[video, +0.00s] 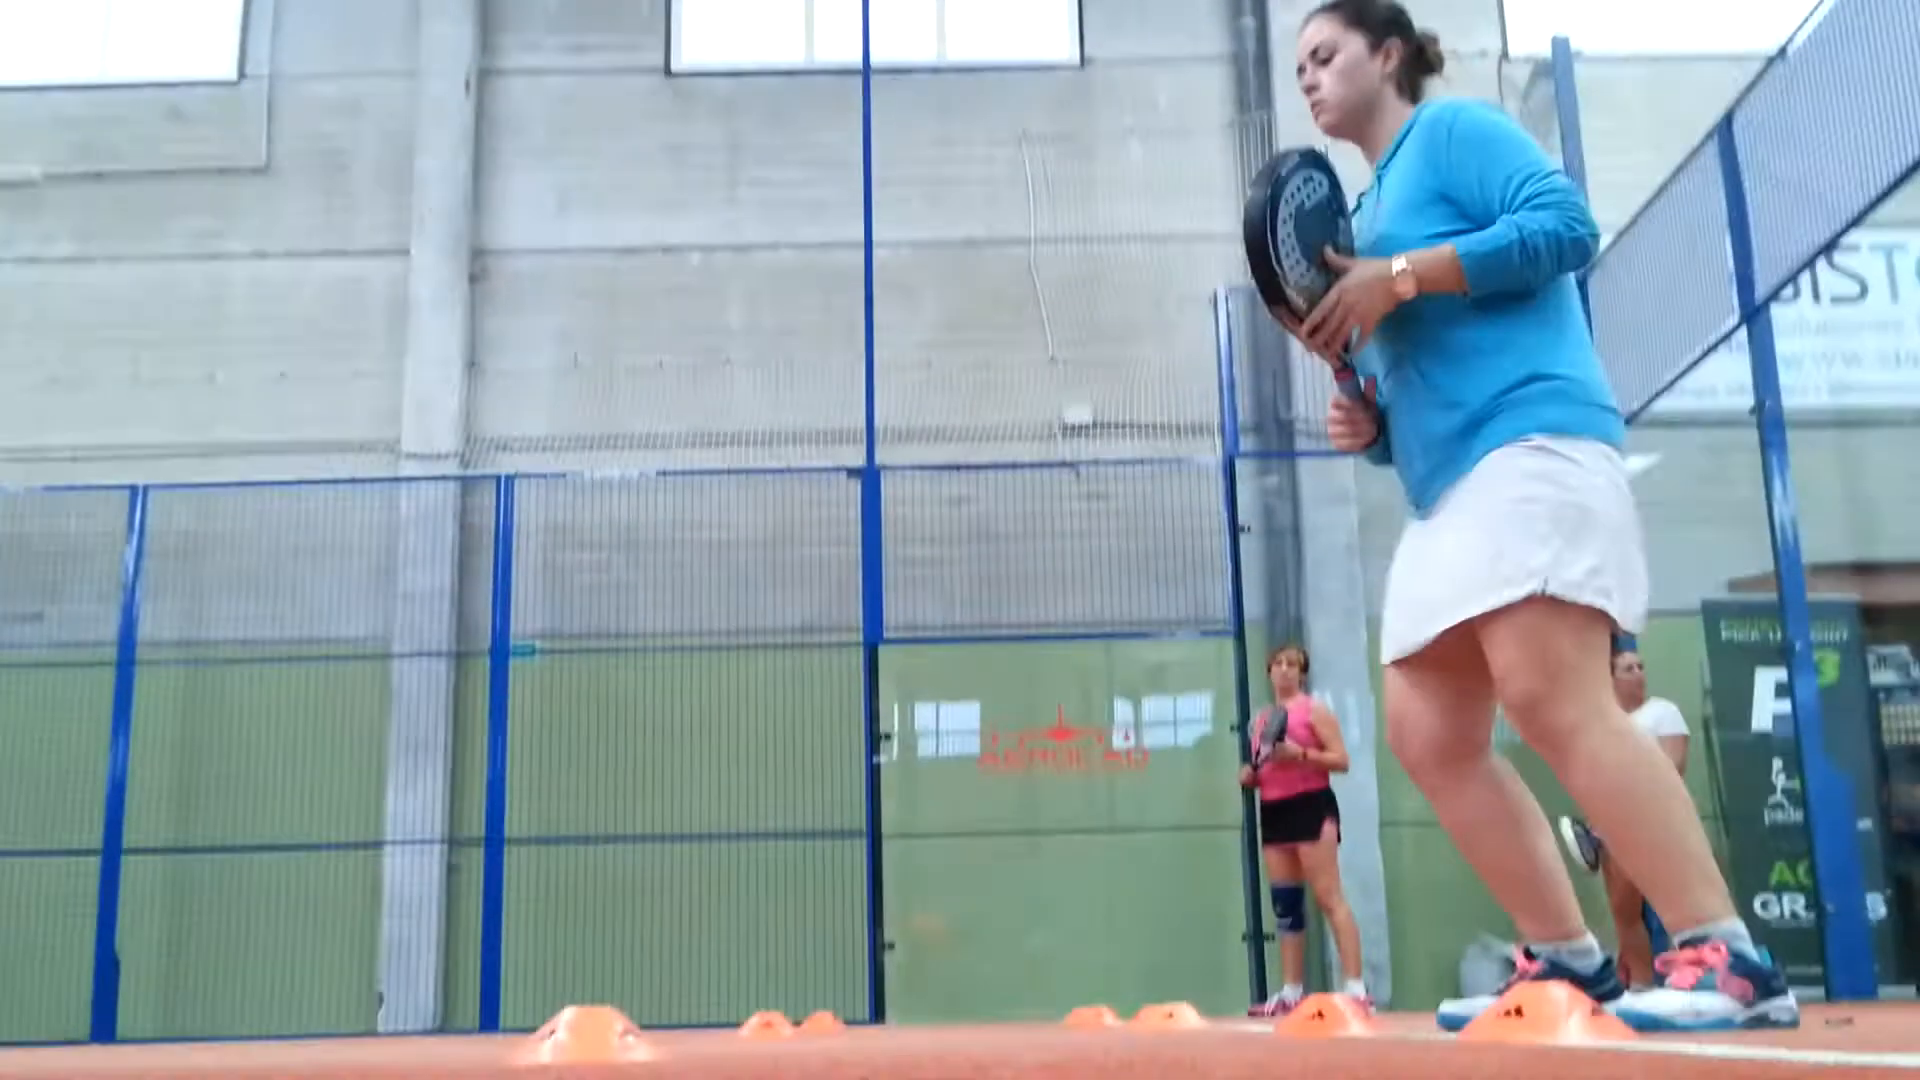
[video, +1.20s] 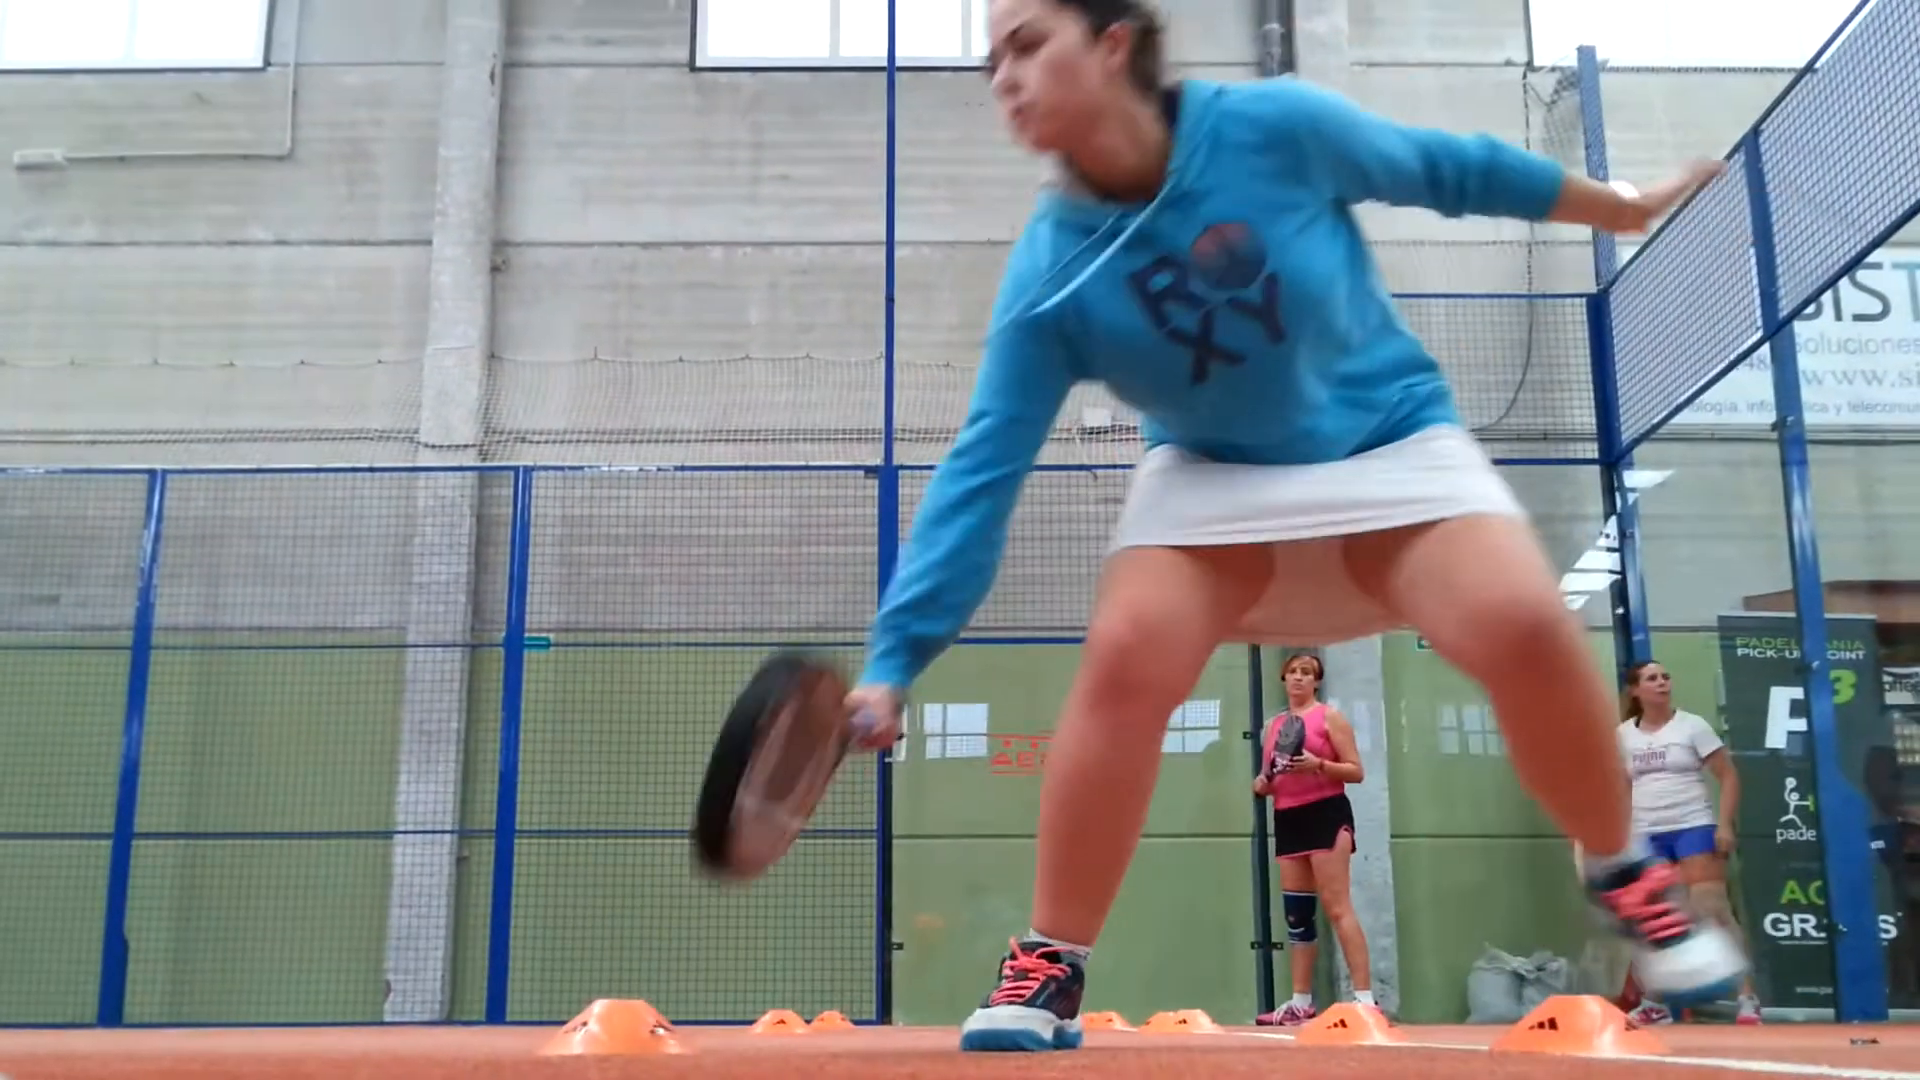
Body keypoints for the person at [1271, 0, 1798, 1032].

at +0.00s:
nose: (1306, 82)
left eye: (1323, 57)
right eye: (1302, 70)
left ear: (1390, 55)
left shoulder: (1456, 126)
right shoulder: (1367, 211)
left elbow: (1566, 226)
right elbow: (1427, 395)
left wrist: (1402, 277)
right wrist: (1371, 415)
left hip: (1537, 443)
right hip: (1447, 489)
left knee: (1556, 699)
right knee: (1431, 736)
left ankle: (1724, 958)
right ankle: (1567, 963)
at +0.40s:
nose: (1300, 9)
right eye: (1297, 2)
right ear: (1306, 27)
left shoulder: (1512, 96)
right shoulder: (1303, 174)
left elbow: (1637, 242)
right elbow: (1289, 344)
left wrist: (1520, 265)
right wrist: (1314, 403)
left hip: (1550, 425)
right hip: (1401, 476)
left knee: (1521, 651)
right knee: (1387, 731)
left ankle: (1587, 962)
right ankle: (1543, 901)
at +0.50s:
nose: (1254, 27)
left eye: (1278, 5)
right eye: (1247, 13)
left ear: (1358, 9)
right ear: (1252, 38)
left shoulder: (1475, 112)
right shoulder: (1268, 193)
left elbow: (1622, 235)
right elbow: (1229, 379)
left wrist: (1555, 277)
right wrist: (1260, 438)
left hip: (1529, 449)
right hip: (1368, 481)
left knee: (1527, 670)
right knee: (1288, 676)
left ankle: (1581, 965)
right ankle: (1420, 895)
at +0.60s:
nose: (1181, 49)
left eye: (1202, 21)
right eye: (1172, 34)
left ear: (1282, 15)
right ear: (1177, 54)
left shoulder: (1420, 108)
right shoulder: (1209, 214)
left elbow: (1574, 207)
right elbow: (1147, 401)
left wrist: (1587, 256)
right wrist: (1164, 494)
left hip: (1503, 441)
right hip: (1346, 469)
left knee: (1516, 673)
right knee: (1237, 597)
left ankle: (1581, 969)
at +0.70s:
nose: (1100, 92)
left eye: (1116, 52)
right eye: (1087, 71)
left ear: (1202, 34)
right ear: (1093, 85)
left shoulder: (1348, 122)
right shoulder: (1133, 252)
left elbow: (1509, 187)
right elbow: (1070, 430)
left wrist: (1606, 248)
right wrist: (1039, 590)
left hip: (1447, 437)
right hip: (1282, 466)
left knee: (1496, 683)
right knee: (1187, 673)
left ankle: (1574, 966)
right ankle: (1045, 958)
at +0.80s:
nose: (1026, 139)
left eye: (1041, 102)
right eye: (1012, 120)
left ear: (1129, 77)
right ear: (1025, 133)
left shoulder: (1284, 145)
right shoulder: (1074, 295)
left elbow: (1456, 181)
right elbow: (999, 487)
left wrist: (1615, 237)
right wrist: (924, 682)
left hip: (1378, 445)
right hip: (1210, 461)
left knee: (1460, 690)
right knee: (1131, 649)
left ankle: (1549, 955)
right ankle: (1042, 956)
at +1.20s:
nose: (1004, 85)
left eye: (1026, 48)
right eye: (995, 67)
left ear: (1119, 46)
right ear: (1007, 101)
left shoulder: (1273, 128)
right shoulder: (1050, 277)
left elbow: (1451, 171)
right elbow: (980, 470)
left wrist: (1620, 210)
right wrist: (887, 667)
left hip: (1389, 434)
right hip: (1211, 465)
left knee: (1525, 623)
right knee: (1126, 647)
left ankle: (1624, 877)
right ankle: (1046, 969)